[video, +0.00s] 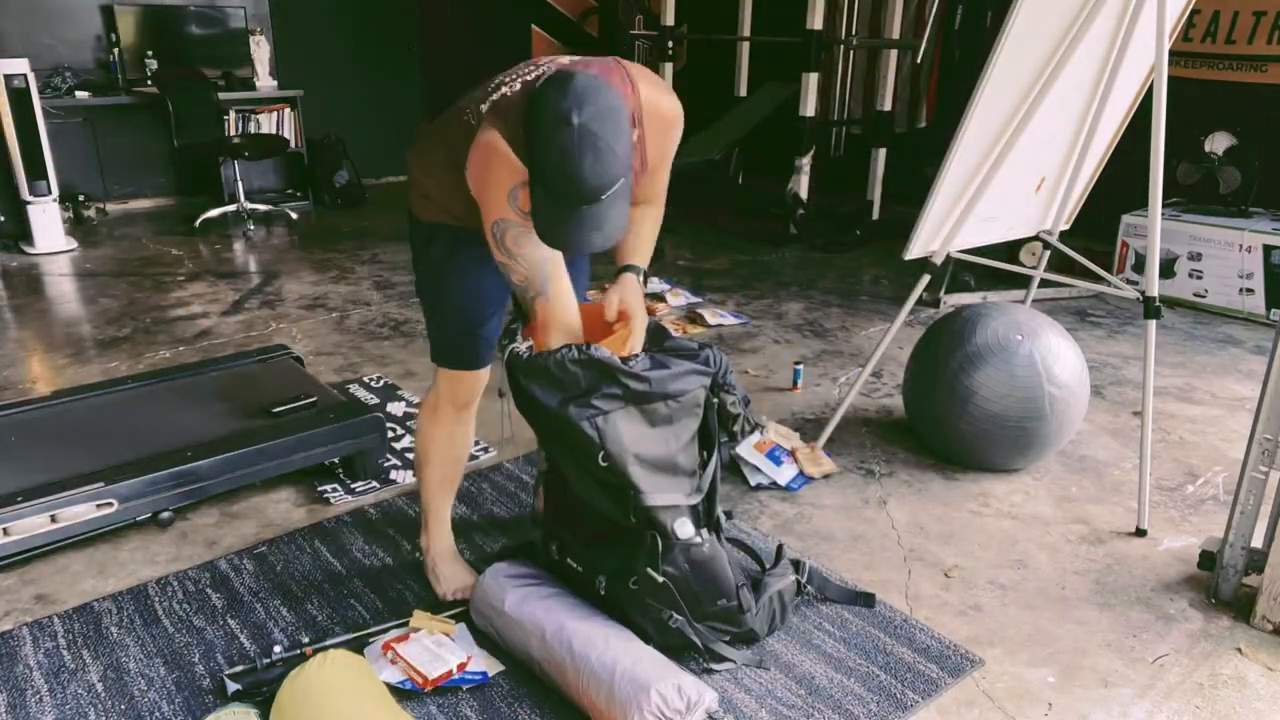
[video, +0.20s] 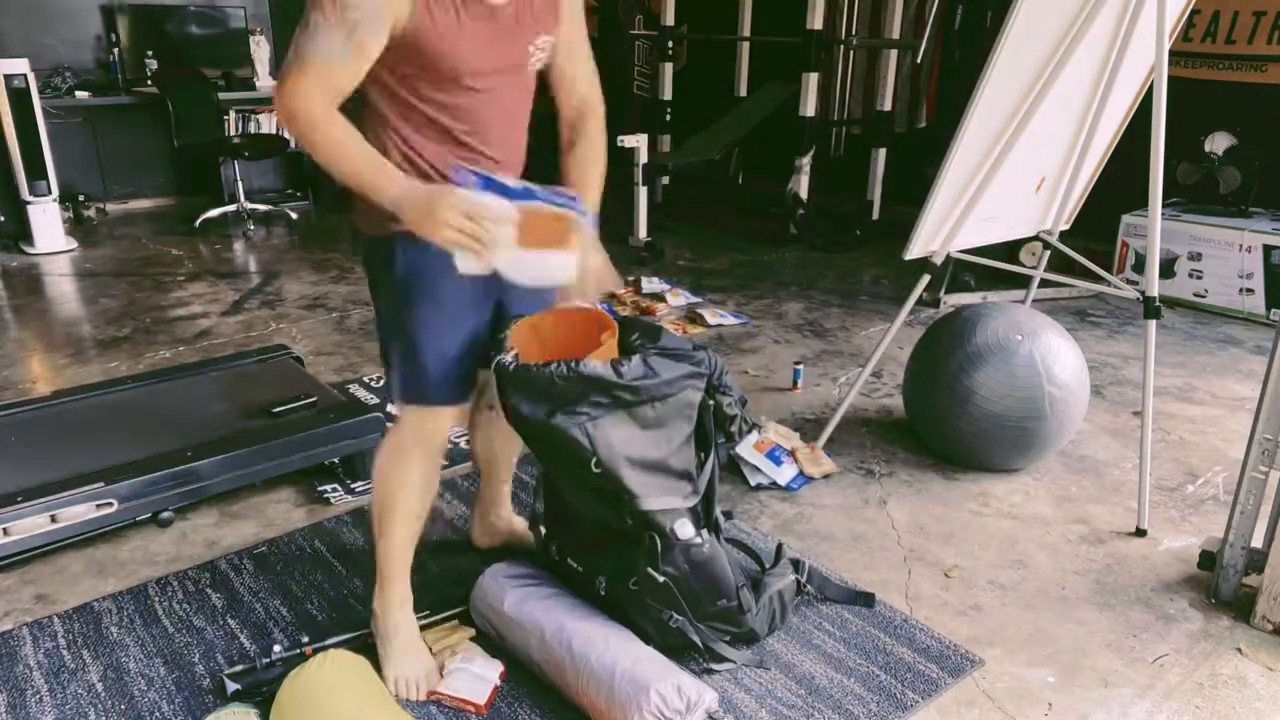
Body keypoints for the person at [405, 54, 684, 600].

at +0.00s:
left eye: (591, 203)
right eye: (567, 199)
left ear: (627, 138)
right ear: (535, 146)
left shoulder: (660, 112)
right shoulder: (493, 154)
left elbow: (648, 199)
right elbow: (551, 296)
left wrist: (631, 275)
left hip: (567, 208)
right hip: (462, 212)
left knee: (575, 361)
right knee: (463, 380)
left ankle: (574, 511)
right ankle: (437, 540)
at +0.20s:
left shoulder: (554, 5)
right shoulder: (380, 4)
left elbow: (584, 117)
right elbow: (299, 101)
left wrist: (579, 232)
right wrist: (406, 197)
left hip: (515, 216)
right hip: (421, 223)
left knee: (510, 375)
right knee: (426, 414)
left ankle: (494, 512)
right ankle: (393, 605)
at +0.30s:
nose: (557, 12)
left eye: (562, 10)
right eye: (555, 5)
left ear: (555, 2)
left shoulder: (550, 13)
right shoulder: (423, 14)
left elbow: (545, 139)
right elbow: (404, 182)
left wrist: (556, 247)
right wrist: (509, 293)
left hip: (472, 217)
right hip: (397, 226)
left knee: (499, 381)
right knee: (466, 415)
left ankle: (492, 510)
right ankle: (396, 600)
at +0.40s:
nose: (593, 206)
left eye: (605, 194)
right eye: (579, 183)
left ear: (639, 129)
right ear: (555, 130)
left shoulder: (613, 80)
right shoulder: (502, 131)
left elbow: (581, 191)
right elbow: (536, 326)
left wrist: (596, 285)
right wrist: (609, 421)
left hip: (493, 208)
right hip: (399, 222)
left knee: (486, 369)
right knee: (412, 410)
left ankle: (491, 514)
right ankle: (391, 607)